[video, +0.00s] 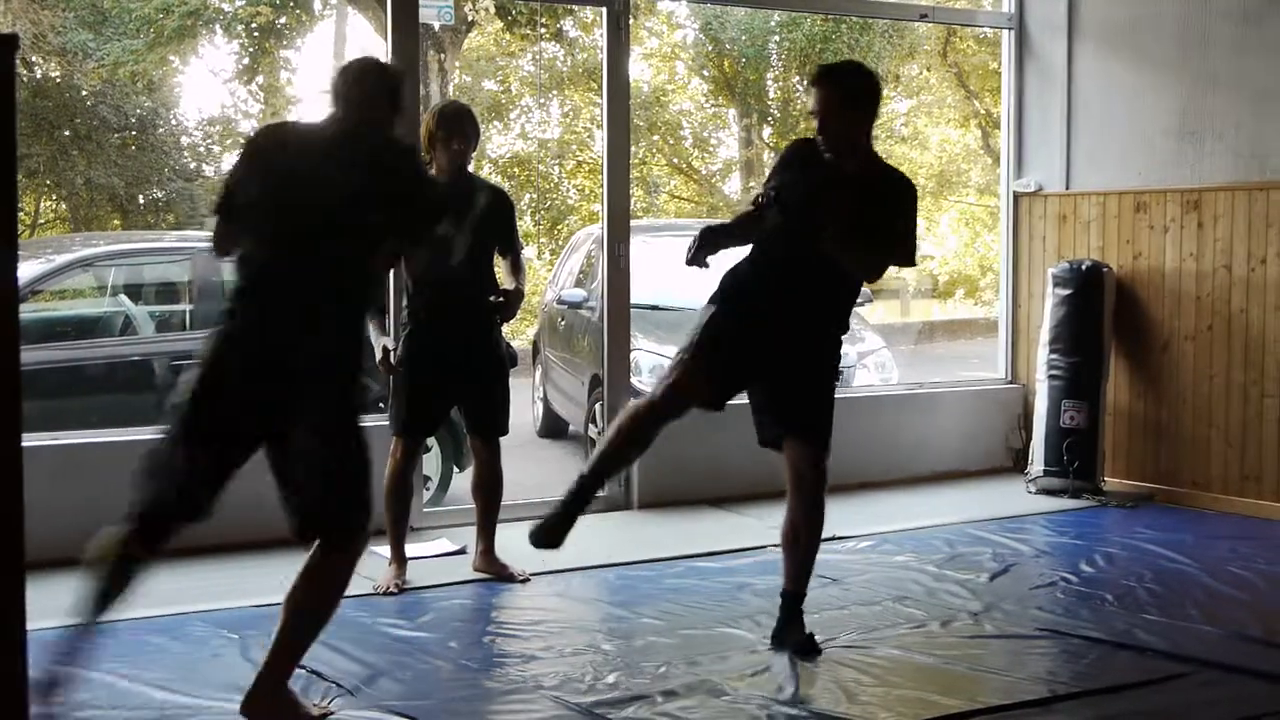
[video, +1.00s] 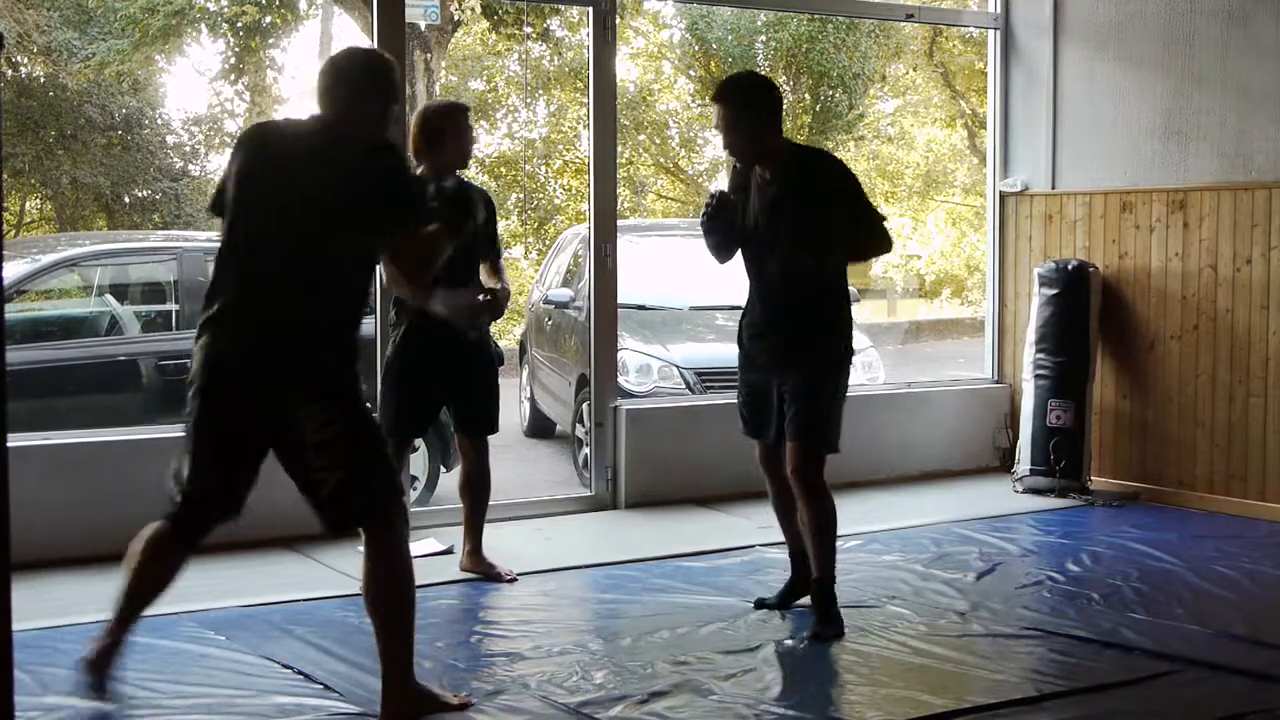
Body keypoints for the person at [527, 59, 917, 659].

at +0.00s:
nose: (818, 124)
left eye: (828, 114)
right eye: (816, 113)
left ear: (862, 114)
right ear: (817, 109)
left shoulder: (894, 189)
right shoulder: (801, 157)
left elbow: (882, 263)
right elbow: (762, 215)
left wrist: (831, 215)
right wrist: (719, 235)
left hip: (811, 338)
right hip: (745, 312)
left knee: (809, 482)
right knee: (665, 401)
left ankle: (791, 618)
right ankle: (575, 499)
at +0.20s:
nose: (788, 132)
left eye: (798, 121)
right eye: (785, 121)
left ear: (834, 119)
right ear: (790, 119)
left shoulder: (875, 191)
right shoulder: (777, 170)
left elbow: (889, 277)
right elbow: (734, 227)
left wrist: (837, 230)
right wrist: (698, 231)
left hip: (809, 348)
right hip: (739, 332)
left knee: (797, 484)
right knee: (678, 433)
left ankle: (773, 621)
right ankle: (627, 557)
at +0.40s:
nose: (759, 130)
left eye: (768, 118)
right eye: (756, 118)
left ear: (804, 114)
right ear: (758, 115)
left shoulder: (848, 179)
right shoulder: (748, 170)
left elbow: (893, 258)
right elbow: (712, 223)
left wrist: (858, 199)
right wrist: (691, 222)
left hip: (806, 351)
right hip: (736, 342)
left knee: (787, 483)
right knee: (715, 472)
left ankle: (767, 616)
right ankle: (749, 539)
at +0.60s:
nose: (747, 140)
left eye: (758, 129)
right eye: (742, 130)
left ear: (789, 130)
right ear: (737, 133)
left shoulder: (830, 190)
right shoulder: (736, 191)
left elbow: (866, 273)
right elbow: (694, 261)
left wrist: (839, 234)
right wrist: (714, 224)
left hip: (808, 347)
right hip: (747, 348)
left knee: (791, 473)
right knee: (759, 477)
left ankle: (772, 613)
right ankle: (805, 569)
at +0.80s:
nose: (729, 152)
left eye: (736, 140)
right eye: (725, 142)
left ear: (770, 133)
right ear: (733, 140)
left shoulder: (821, 186)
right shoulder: (739, 192)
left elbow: (857, 268)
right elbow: (714, 262)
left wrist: (805, 272)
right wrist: (736, 202)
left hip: (814, 338)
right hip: (757, 340)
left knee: (802, 459)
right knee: (767, 465)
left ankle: (812, 589)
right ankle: (806, 574)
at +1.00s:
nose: (722, 138)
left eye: (729, 125)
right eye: (719, 126)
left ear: (763, 121)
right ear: (737, 126)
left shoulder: (822, 170)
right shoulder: (744, 178)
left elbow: (875, 239)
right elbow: (721, 248)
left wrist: (813, 249)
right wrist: (719, 210)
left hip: (816, 341)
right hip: (761, 339)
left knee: (803, 468)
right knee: (773, 463)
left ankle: (826, 601)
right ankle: (802, 570)